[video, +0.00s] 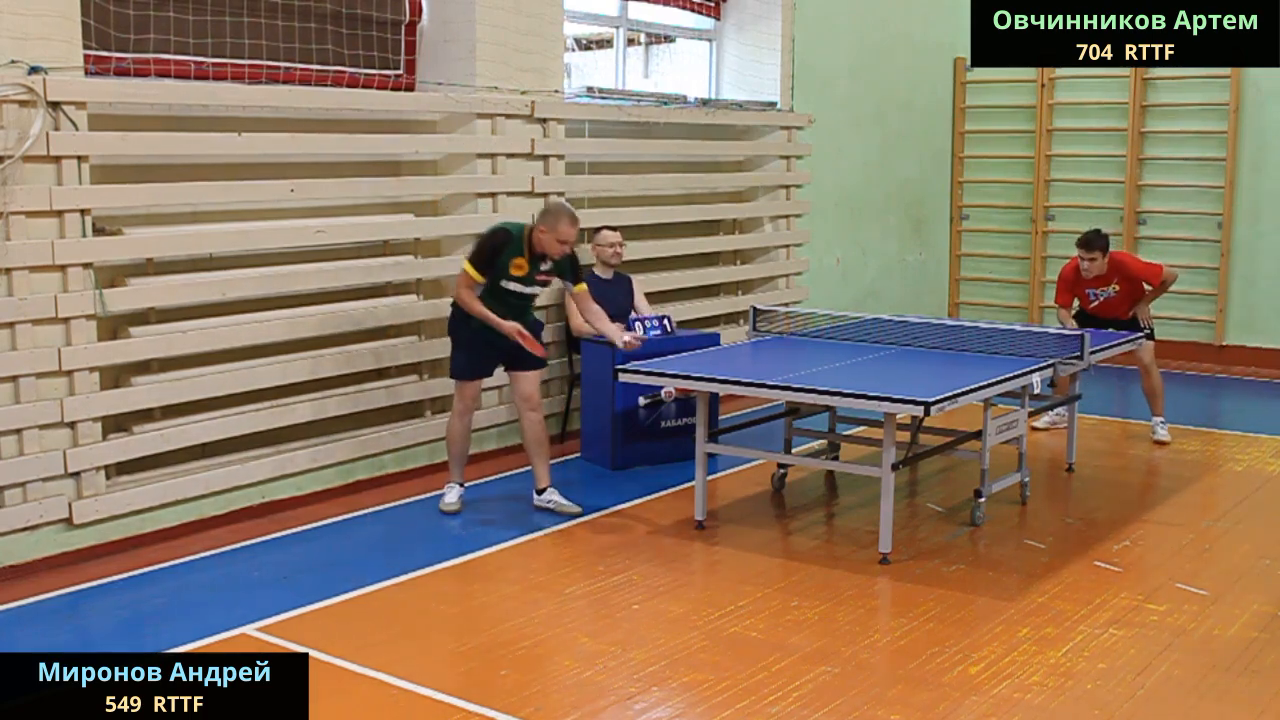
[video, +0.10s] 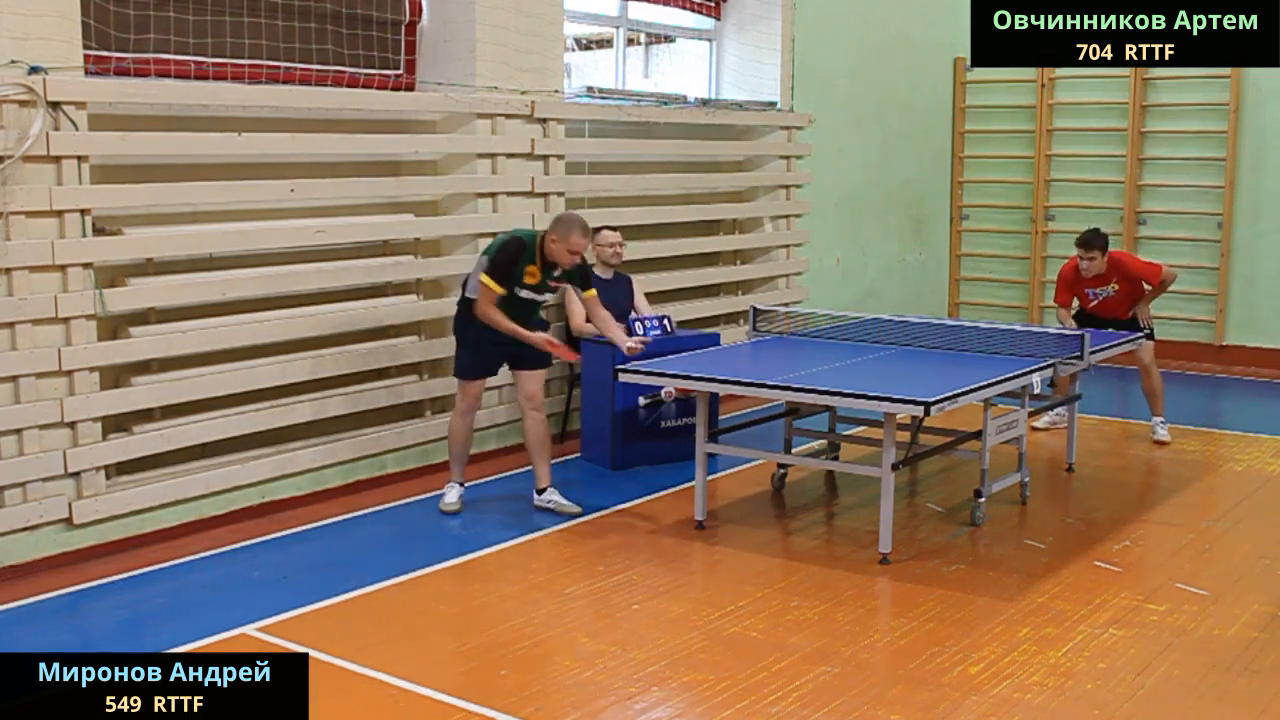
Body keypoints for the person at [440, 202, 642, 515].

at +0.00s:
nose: (568, 250)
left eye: (571, 244)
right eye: (562, 242)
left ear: (573, 238)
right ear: (540, 231)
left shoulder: (565, 258)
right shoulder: (500, 239)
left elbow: (586, 303)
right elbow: (462, 292)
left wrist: (617, 335)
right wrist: (500, 324)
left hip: (520, 325)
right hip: (476, 322)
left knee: (531, 402)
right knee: (465, 403)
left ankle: (544, 490)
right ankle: (454, 484)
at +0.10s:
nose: (577, 260)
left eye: (581, 254)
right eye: (573, 253)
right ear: (551, 241)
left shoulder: (575, 266)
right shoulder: (512, 248)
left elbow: (595, 309)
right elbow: (482, 309)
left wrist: (623, 341)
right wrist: (529, 337)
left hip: (527, 323)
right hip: (480, 320)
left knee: (534, 401)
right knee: (468, 401)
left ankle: (544, 490)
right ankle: (455, 484)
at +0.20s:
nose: (585, 266)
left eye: (589, 260)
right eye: (580, 259)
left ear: (591, 255)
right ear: (559, 247)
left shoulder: (581, 267)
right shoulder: (523, 255)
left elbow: (604, 310)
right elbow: (506, 321)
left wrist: (630, 338)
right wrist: (559, 344)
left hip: (529, 320)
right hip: (483, 318)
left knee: (536, 400)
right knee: (470, 402)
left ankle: (544, 490)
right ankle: (455, 483)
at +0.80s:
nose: (566, 275)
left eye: (569, 268)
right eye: (560, 267)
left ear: (570, 265)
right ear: (537, 262)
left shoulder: (561, 286)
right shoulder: (504, 272)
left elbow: (582, 331)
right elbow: (475, 331)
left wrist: (622, 350)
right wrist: (529, 330)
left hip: (513, 340)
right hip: (466, 341)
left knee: (555, 402)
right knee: (469, 428)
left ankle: (583, 490)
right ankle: (451, 488)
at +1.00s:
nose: (568, 282)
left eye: (570, 275)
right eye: (560, 276)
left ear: (570, 274)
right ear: (537, 276)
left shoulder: (565, 302)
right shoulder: (501, 293)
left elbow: (597, 344)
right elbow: (476, 351)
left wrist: (639, 353)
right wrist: (524, 339)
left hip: (526, 361)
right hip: (481, 368)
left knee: (578, 410)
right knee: (488, 450)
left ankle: (599, 498)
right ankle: (455, 487)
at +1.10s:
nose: (566, 277)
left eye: (567, 270)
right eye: (558, 271)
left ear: (568, 269)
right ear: (534, 273)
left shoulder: (567, 296)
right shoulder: (499, 297)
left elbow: (608, 333)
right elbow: (475, 352)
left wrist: (647, 336)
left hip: (535, 363)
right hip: (491, 367)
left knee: (587, 411)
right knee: (493, 457)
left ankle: (599, 498)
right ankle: (457, 487)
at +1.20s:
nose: (562, 263)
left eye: (562, 255)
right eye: (554, 257)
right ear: (530, 262)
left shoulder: (568, 285)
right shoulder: (497, 289)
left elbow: (611, 313)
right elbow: (464, 337)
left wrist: (639, 300)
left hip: (540, 365)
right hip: (494, 371)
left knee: (590, 411)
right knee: (492, 455)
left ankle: (600, 498)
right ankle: (456, 488)